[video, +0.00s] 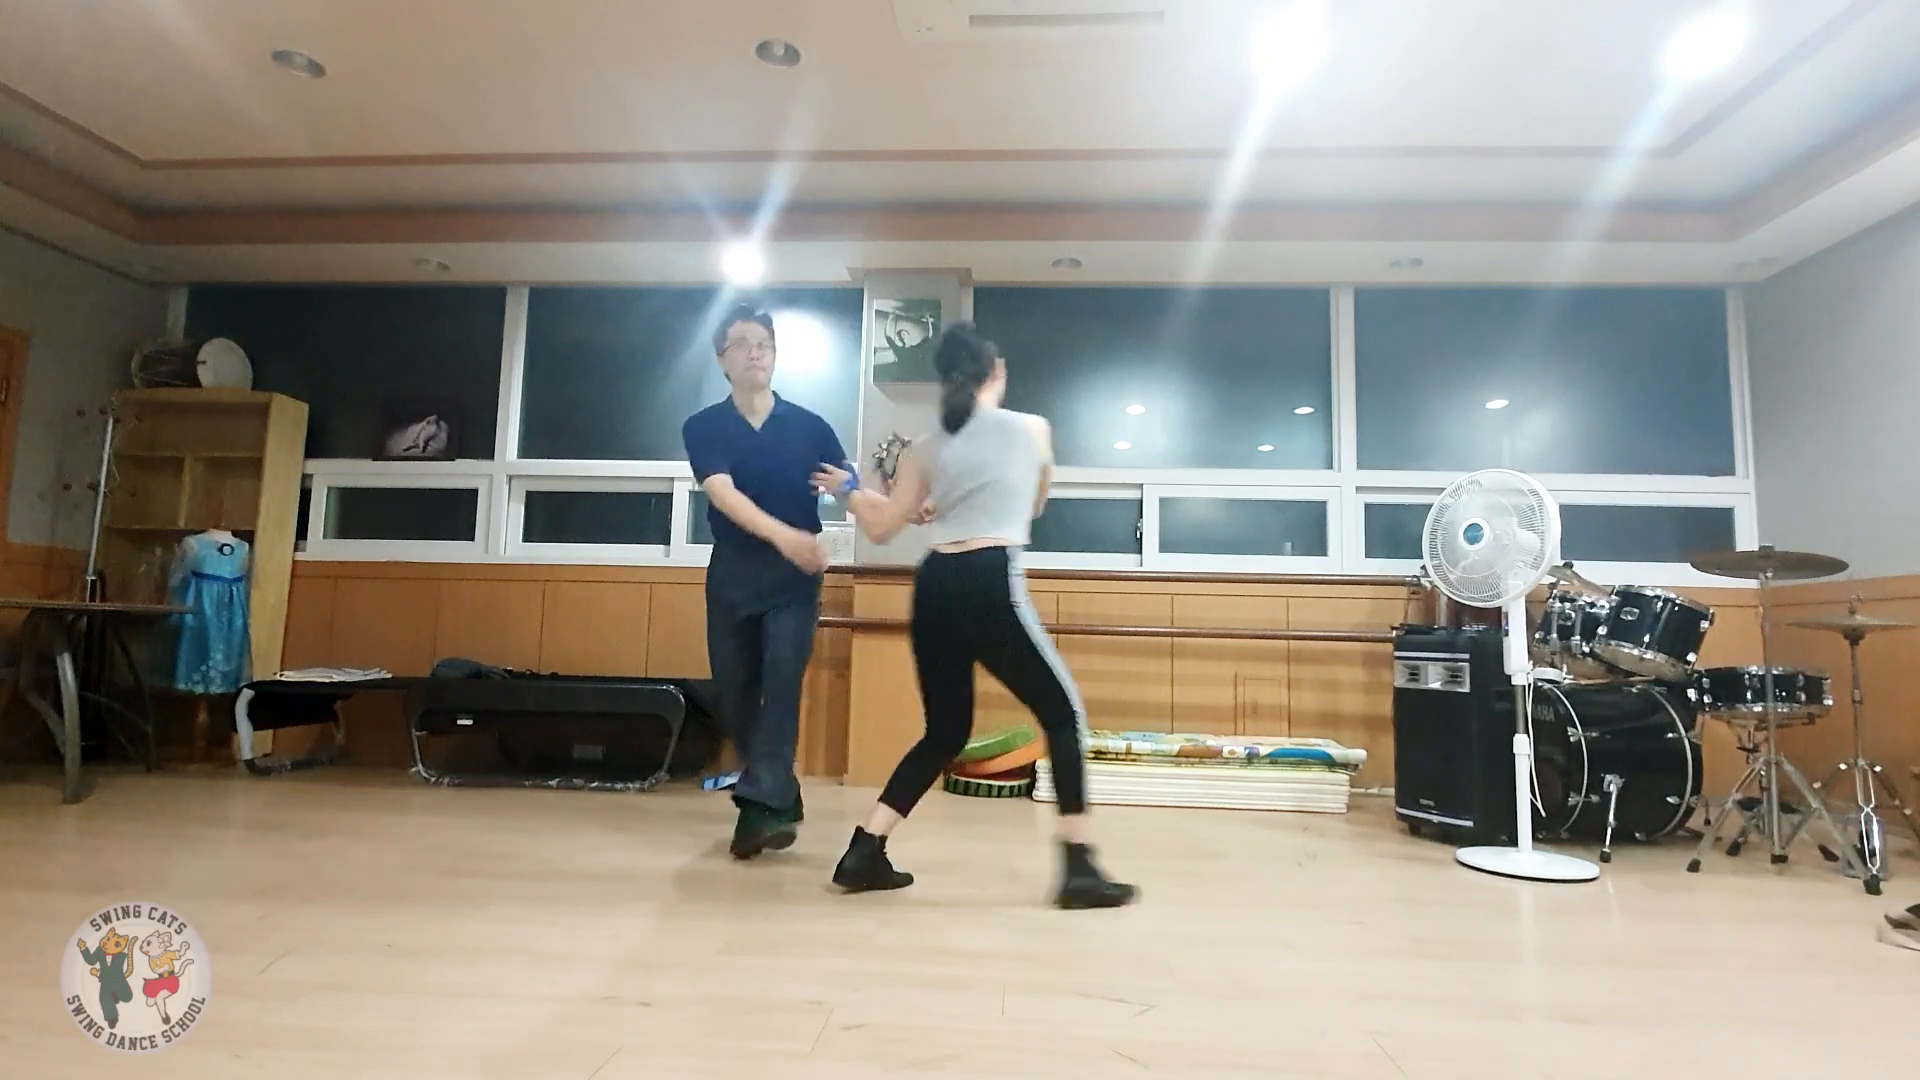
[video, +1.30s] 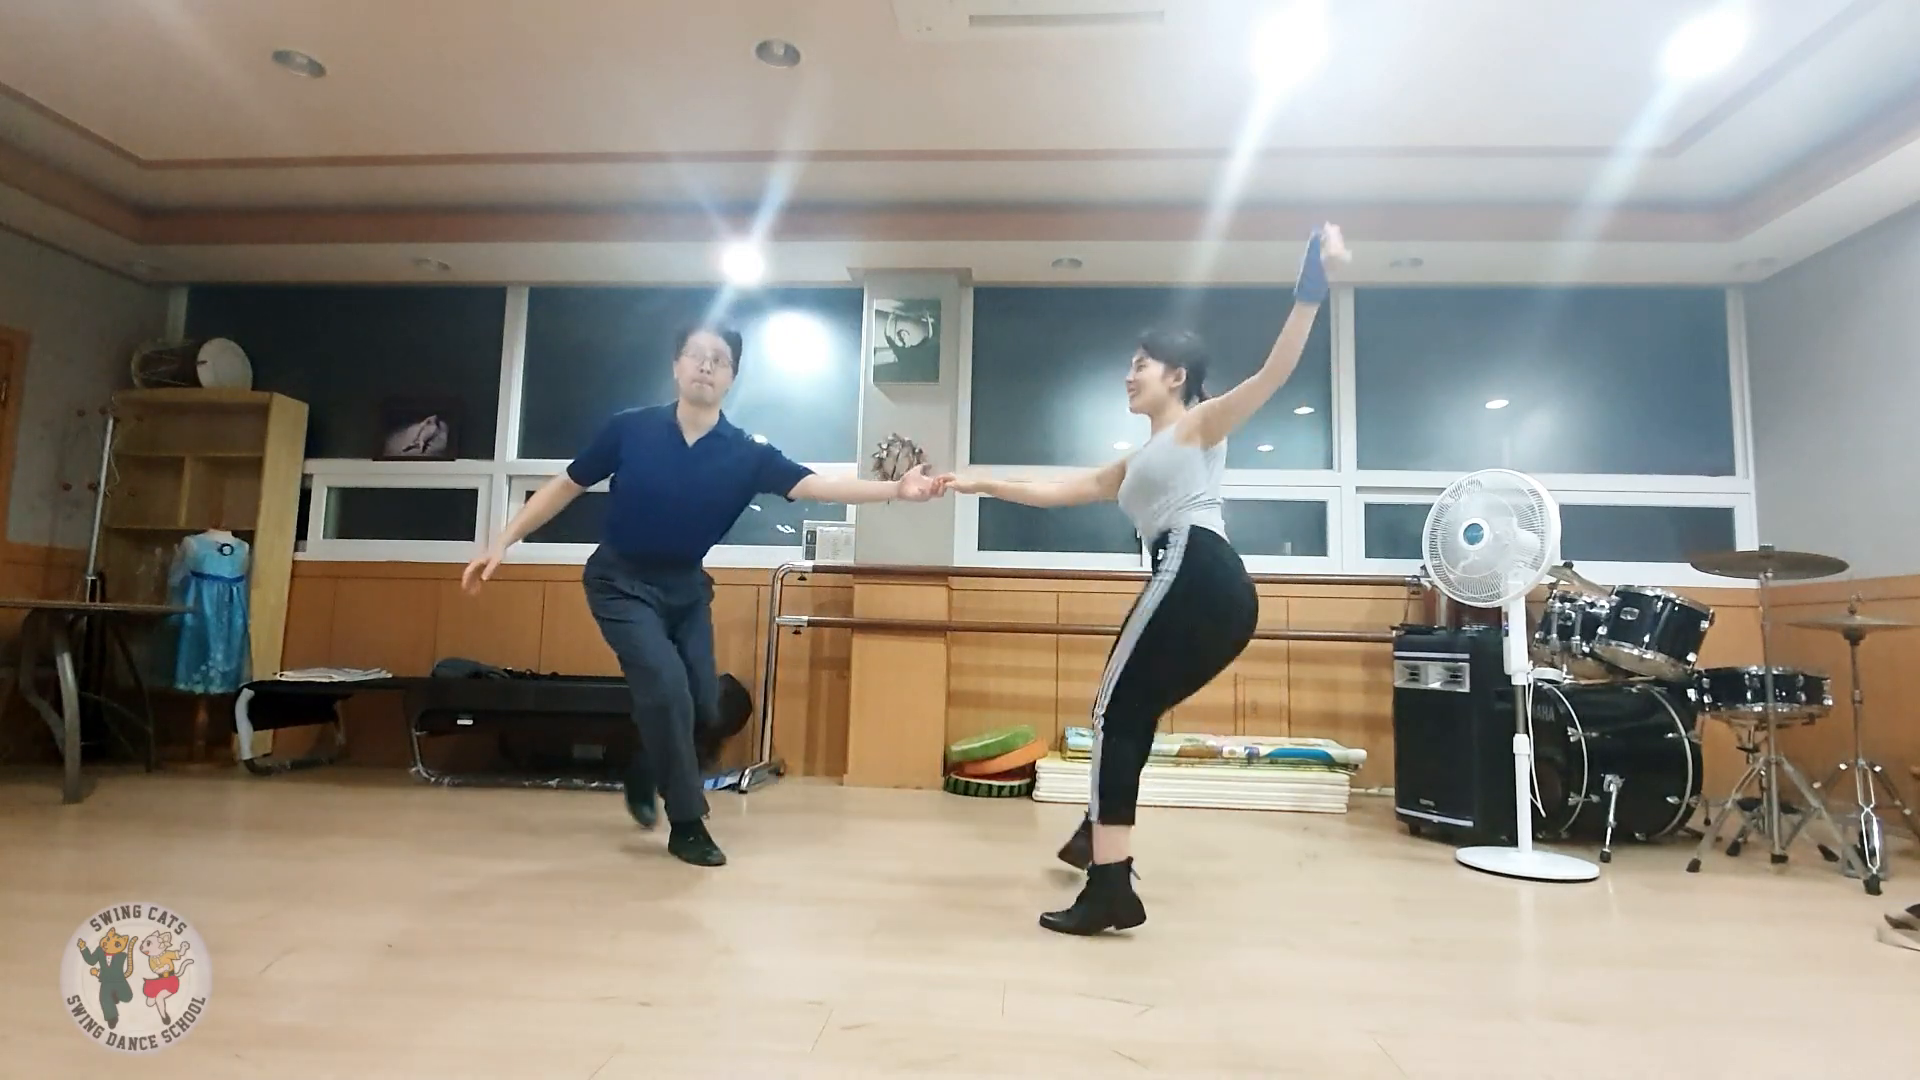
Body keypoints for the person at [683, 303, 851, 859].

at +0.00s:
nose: (755, 354)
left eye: (763, 344)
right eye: (741, 346)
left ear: (775, 354)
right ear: (722, 359)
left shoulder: (810, 427)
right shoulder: (704, 426)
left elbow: (856, 494)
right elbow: (724, 496)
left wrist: (851, 488)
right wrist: (786, 537)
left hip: (793, 576)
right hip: (731, 577)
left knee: (781, 687)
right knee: (734, 695)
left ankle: (756, 812)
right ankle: (782, 800)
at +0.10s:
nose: (743, 358)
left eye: (752, 348)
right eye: (729, 349)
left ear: (764, 359)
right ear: (712, 363)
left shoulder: (801, 431)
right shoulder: (693, 431)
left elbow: (848, 495)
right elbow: (705, 511)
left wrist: (909, 498)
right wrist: (751, 567)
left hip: (785, 570)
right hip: (723, 570)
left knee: (773, 679)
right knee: (724, 689)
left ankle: (748, 818)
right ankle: (781, 792)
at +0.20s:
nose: (732, 354)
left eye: (741, 344)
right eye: (720, 346)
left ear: (755, 354)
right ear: (702, 358)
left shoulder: (793, 428)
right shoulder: (681, 428)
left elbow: (850, 484)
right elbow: (680, 516)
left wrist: (927, 484)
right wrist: (706, 585)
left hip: (775, 575)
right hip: (712, 576)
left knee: (771, 685)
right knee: (723, 701)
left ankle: (749, 820)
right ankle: (780, 792)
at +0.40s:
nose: (716, 348)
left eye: (727, 337)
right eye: (703, 338)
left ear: (743, 348)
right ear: (687, 351)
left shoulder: (781, 425)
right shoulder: (664, 424)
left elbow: (847, 469)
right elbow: (632, 506)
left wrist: (925, 473)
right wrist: (623, 589)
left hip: (764, 577)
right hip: (696, 582)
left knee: (774, 686)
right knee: (716, 705)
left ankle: (750, 822)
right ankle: (773, 783)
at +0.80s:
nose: (697, 349)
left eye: (710, 340)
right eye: (686, 339)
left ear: (728, 356)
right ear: (670, 355)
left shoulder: (763, 429)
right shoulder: (645, 429)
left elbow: (834, 467)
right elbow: (589, 494)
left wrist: (918, 465)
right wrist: (544, 564)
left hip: (746, 581)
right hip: (675, 584)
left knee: (773, 684)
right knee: (684, 691)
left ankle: (749, 827)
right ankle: (692, 813)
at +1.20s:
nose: (706, 364)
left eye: (719, 358)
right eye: (696, 353)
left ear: (732, 375)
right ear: (675, 364)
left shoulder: (749, 448)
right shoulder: (633, 429)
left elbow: (820, 478)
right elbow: (568, 484)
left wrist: (900, 482)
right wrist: (507, 543)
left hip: (693, 586)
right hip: (629, 582)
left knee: (721, 690)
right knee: (671, 686)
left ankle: (690, 793)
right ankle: (686, 825)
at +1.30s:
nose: (706, 368)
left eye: (718, 361)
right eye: (696, 356)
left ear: (732, 379)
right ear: (674, 367)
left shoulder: (746, 454)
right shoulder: (630, 431)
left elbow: (817, 483)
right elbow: (565, 486)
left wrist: (897, 488)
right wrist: (503, 541)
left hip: (686, 589)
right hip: (622, 582)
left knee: (702, 706)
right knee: (667, 687)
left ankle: (643, 776)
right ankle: (687, 824)